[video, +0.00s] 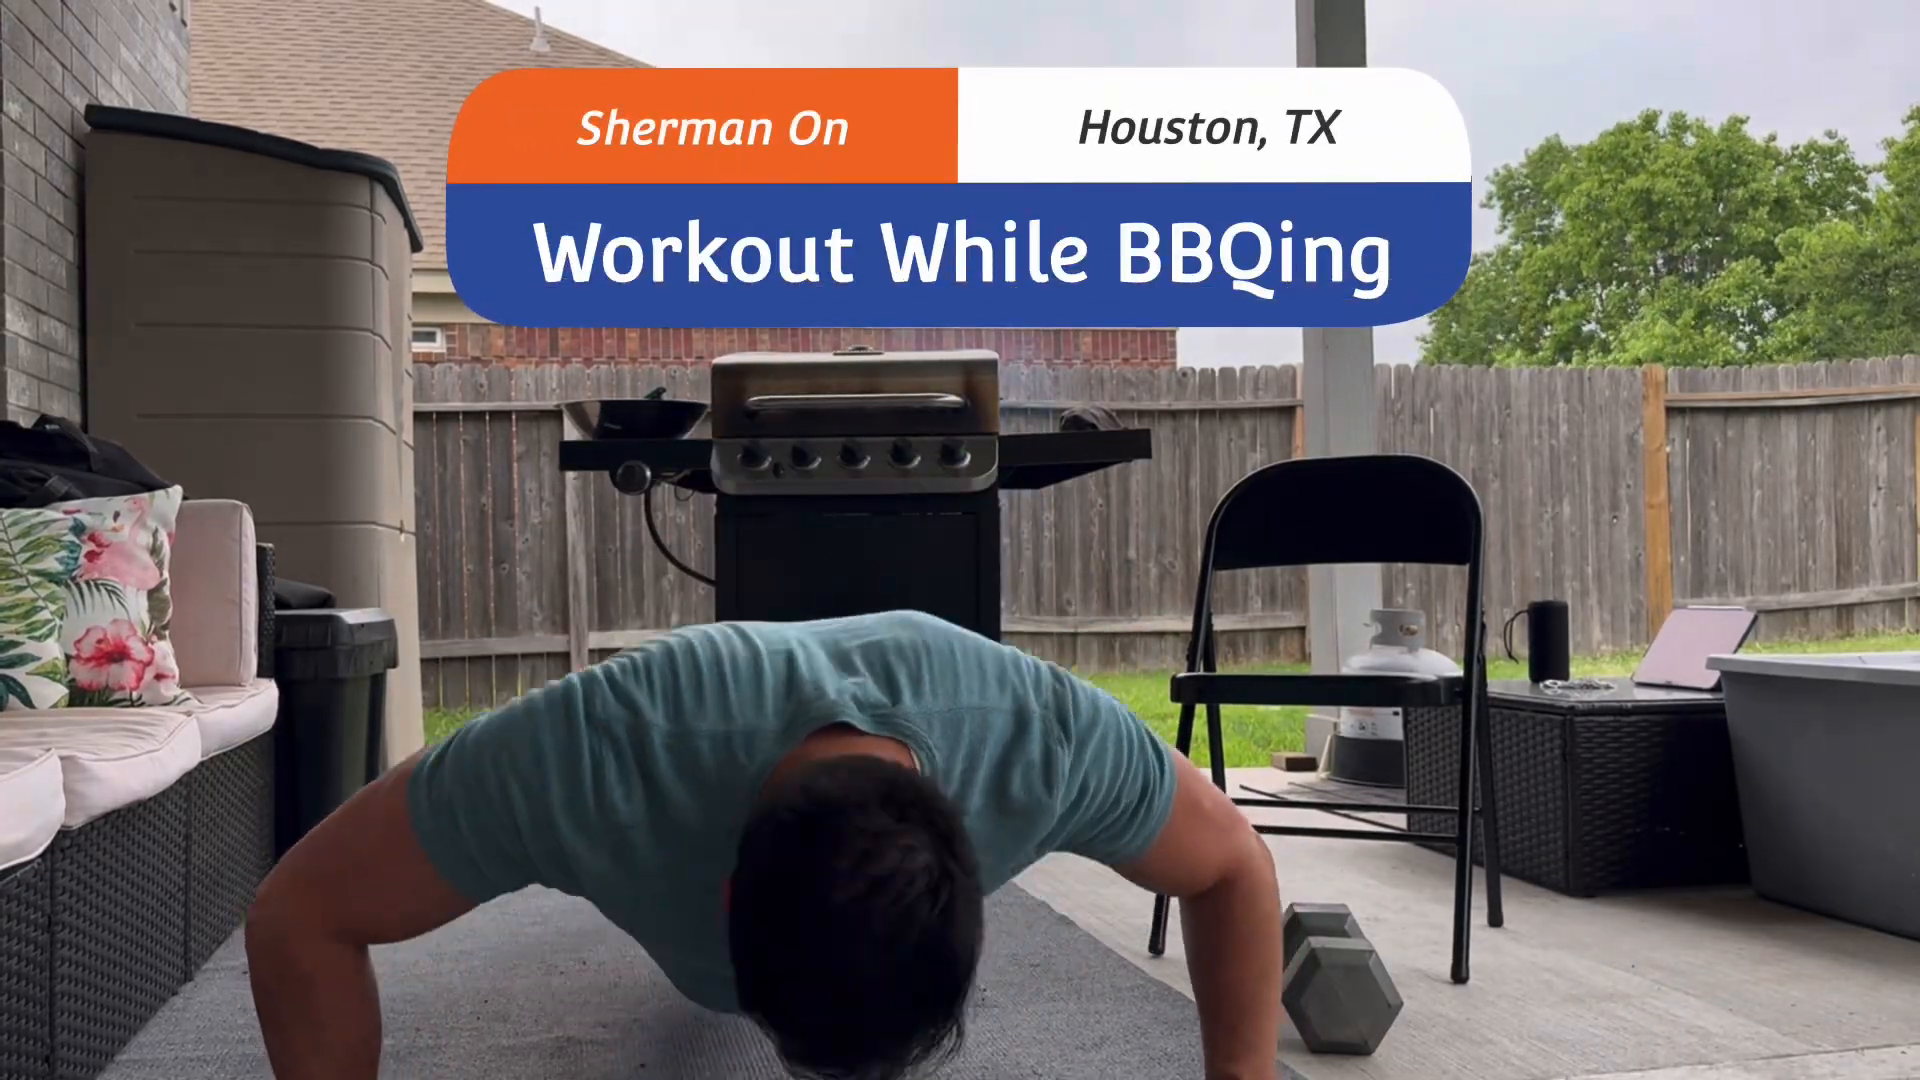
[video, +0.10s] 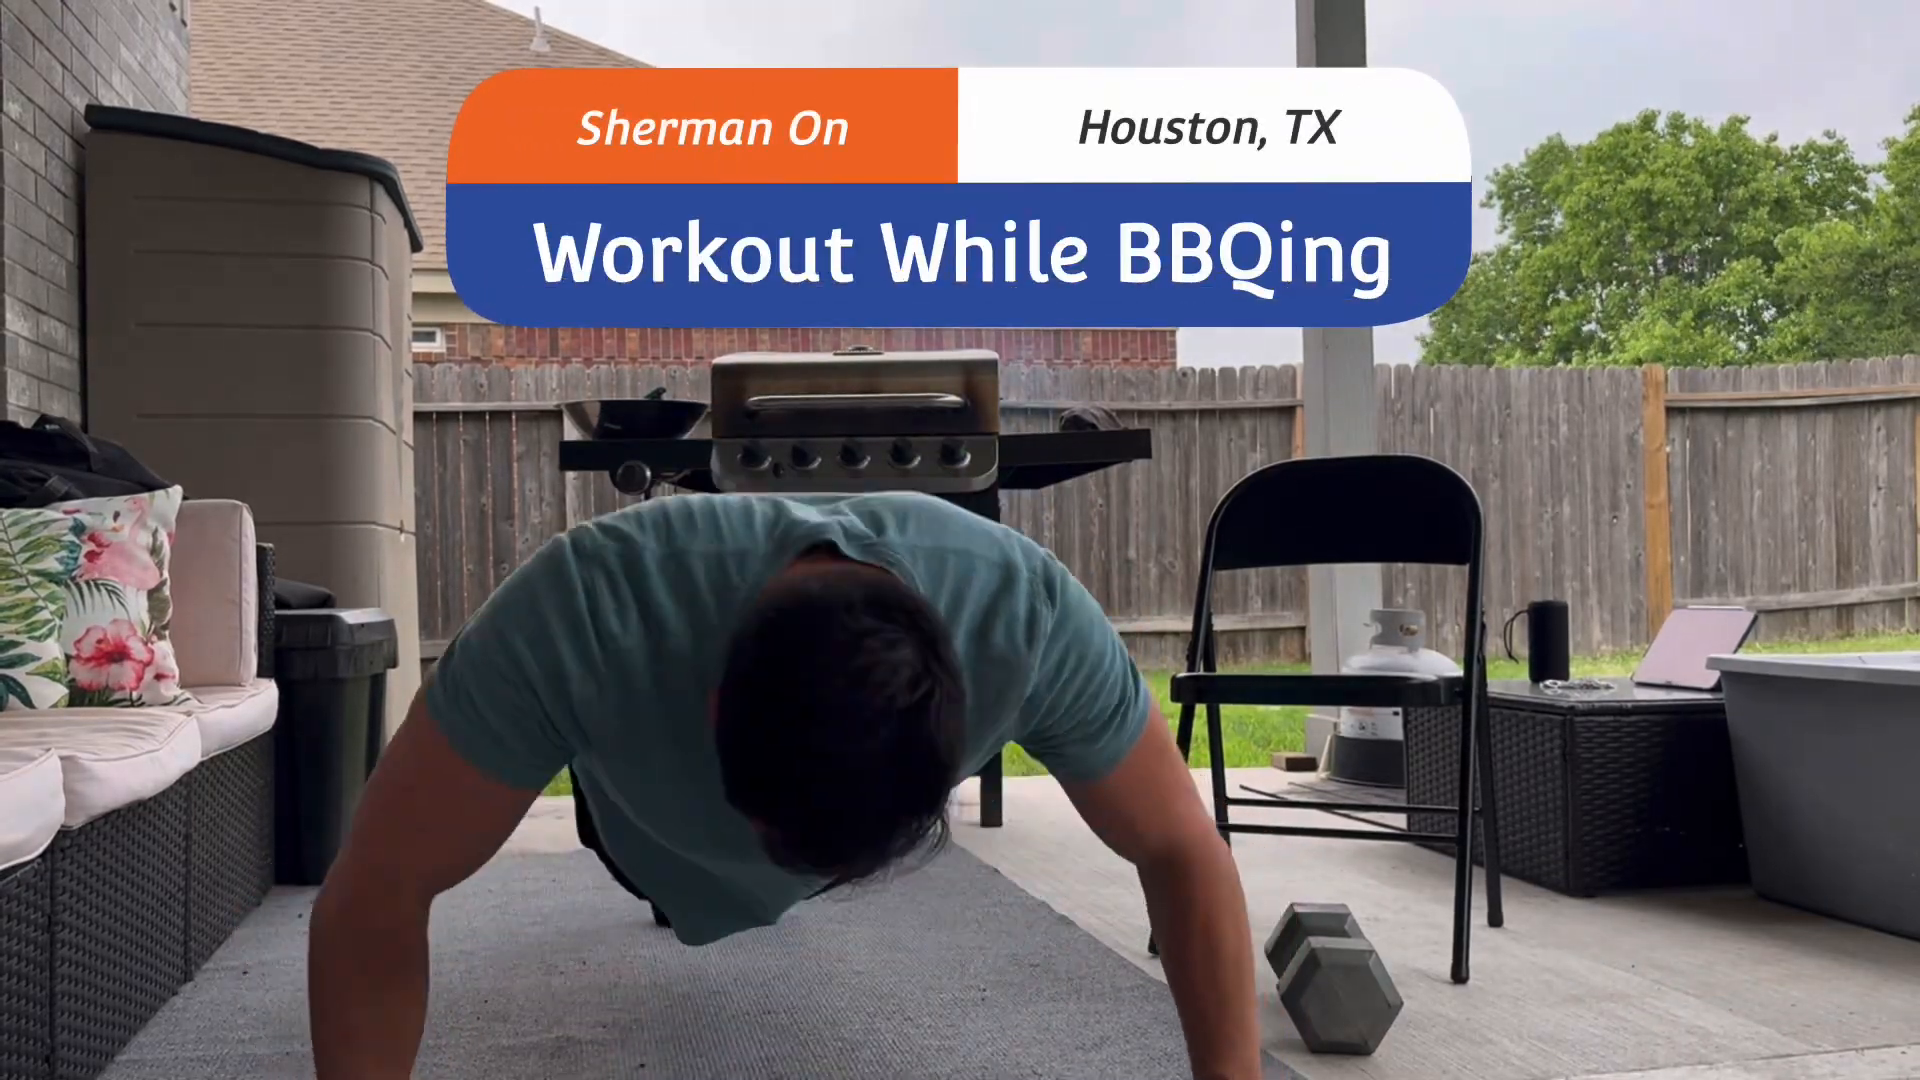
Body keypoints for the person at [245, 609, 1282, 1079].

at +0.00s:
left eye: (886, 1042)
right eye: (804, 1033)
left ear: (965, 866)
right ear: (733, 879)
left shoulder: (1047, 752)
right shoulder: (586, 766)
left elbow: (1233, 872)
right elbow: (299, 921)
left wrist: (1244, 1066)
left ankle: (1269, 950)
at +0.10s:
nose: (806, 877)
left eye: (857, 857)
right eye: (778, 845)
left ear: (952, 736)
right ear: (715, 716)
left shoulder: (1034, 624)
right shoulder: (574, 616)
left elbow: (1185, 859)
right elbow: (373, 899)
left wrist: (1230, 1067)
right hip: (657, 794)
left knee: (863, 861)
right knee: (687, 889)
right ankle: (664, 891)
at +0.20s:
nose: (820, 809)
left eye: (854, 796)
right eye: (787, 785)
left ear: (937, 701)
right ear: (715, 666)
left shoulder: (1015, 580)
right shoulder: (578, 569)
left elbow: (1173, 837)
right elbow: (382, 877)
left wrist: (1213, 1070)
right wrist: (368, 1072)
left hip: (837, 832)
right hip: (648, 810)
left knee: (796, 890)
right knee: (670, 893)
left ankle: (755, 897)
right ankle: (671, 900)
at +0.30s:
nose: (802, 922)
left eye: (845, 913)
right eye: (776, 893)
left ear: (948, 787)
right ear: (716, 767)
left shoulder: (1020, 659)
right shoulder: (574, 660)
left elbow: (1185, 863)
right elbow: (333, 910)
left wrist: (1214, 1069)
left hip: (869, 829)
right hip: (646, 858)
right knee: (659, 906)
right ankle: (654, 885)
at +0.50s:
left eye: (890, 1030)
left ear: (937, 998)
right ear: (731, 1019)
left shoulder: (1037, 859)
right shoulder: (582, 871)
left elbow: (1231, 870)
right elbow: (265, 931)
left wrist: (1222, 1075)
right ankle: (440, 803)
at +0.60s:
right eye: (809, 1051)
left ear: (927, 1045)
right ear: (747, 1052)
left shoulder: (1039, 906)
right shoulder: (612, 938)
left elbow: (1234, 862)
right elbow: (270, 926)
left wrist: (1236, 1078)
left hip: (905, 819)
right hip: (678, 834)